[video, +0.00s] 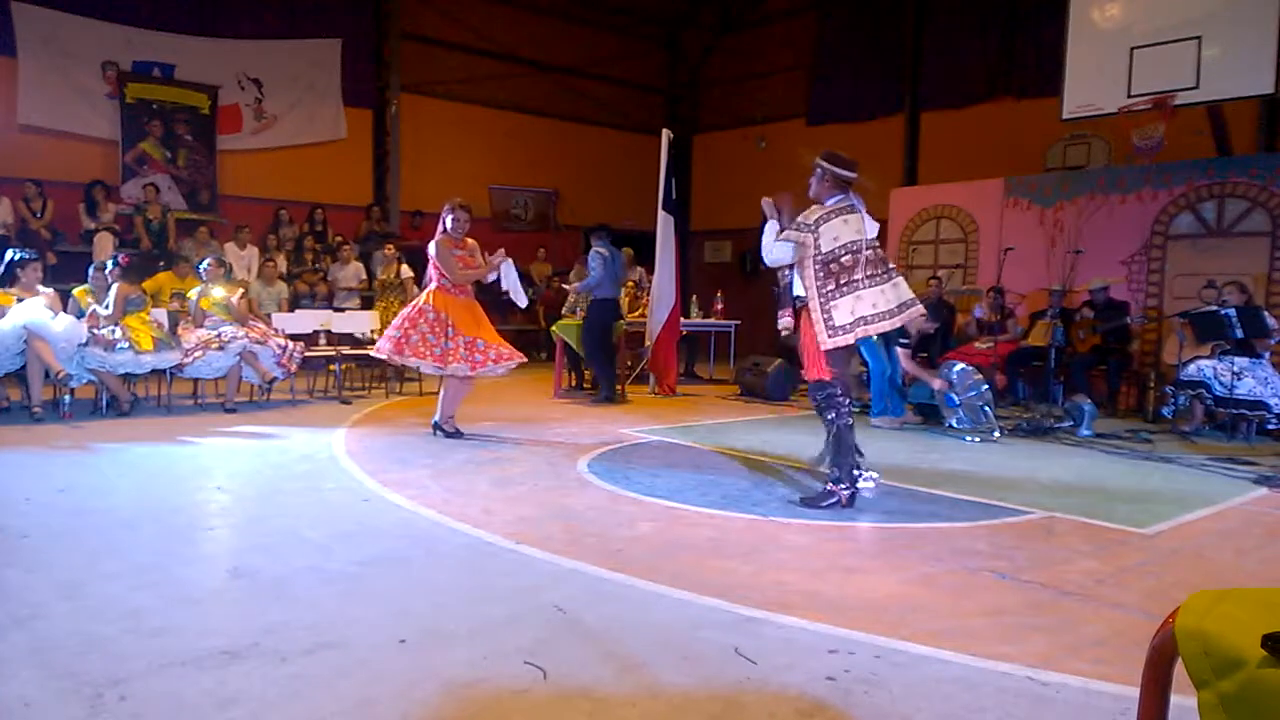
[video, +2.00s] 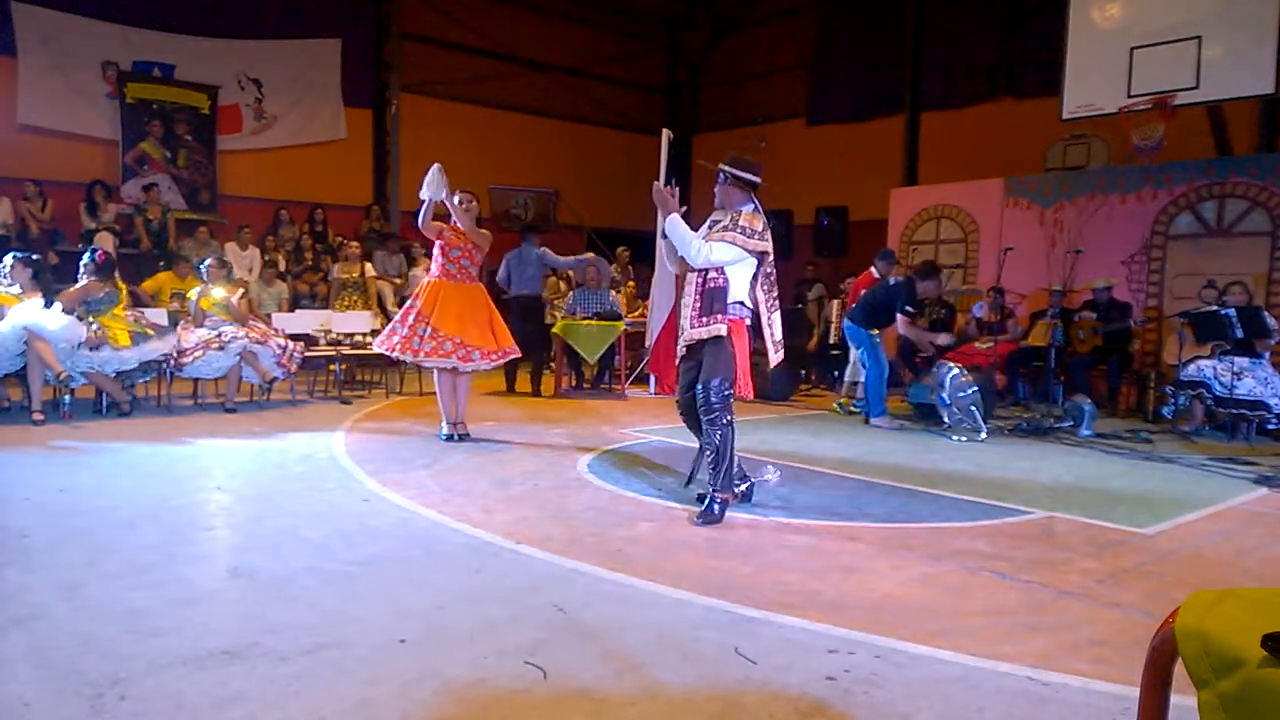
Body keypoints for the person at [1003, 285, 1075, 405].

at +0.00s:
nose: (1055, 299)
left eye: (1058, 296)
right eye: (1053, 296)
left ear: (1063, 297)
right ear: (1049, 297)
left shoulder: (1068, 314)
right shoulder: (1036, 315)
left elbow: (1068, 338)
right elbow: (1027, 335)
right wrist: (1024, 342)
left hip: (1055, 349)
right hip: (1035, 348)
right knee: (1013, 358)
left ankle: (1044, 398)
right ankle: (1012, 394)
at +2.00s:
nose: (1055, 299)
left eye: (1058, 296)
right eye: (1053, 296)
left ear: (1063, 298)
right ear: (1049, 297)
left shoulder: (1068, 315)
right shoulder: (1037, 315)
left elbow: (1068, 340)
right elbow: (1028, 335)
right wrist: (1024, 342)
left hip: (1056, 349)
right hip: (1035, 348)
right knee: (1013, 357)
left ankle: (1042, 398)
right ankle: (1013, 395)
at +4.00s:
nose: (1056, 299)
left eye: (1059, 296)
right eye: (1053, 295)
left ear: (1063, 297)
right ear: (1049, 296)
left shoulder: (1068, 314)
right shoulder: (1037, 315)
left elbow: (1068, 338)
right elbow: (1029, 334)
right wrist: (1025, 341)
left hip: (1056, 348)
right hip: (1036, 347)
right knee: (1012, 359)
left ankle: (1043, 398)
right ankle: (1013, 395)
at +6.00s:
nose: (1057, 299)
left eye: (1060, 295)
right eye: (1055, 295)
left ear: (1065, 297)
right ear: (1050, 296)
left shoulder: (1070, 314)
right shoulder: (1038, 315)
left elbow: (1070, 339)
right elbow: (1029, 334)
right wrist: (1026, 342)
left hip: (1057, 348)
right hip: (1037, 348)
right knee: (1013, 358)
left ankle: (1044, 398)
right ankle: (1014, 395)